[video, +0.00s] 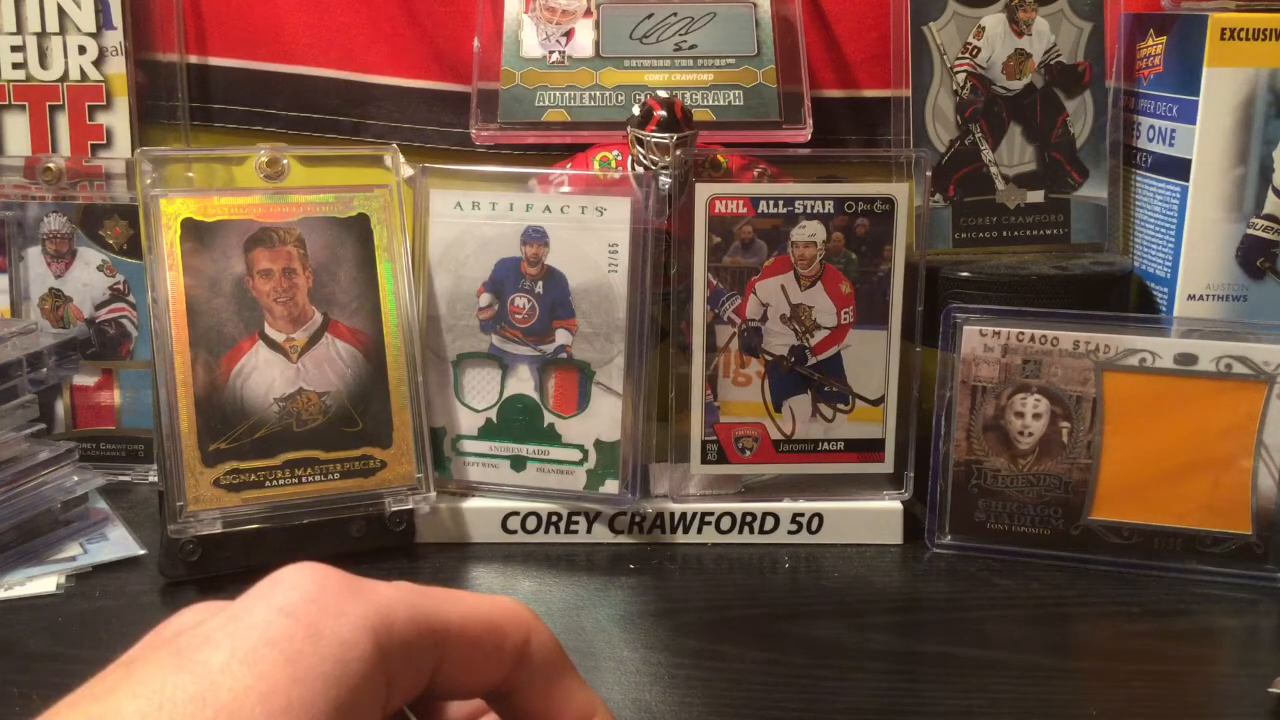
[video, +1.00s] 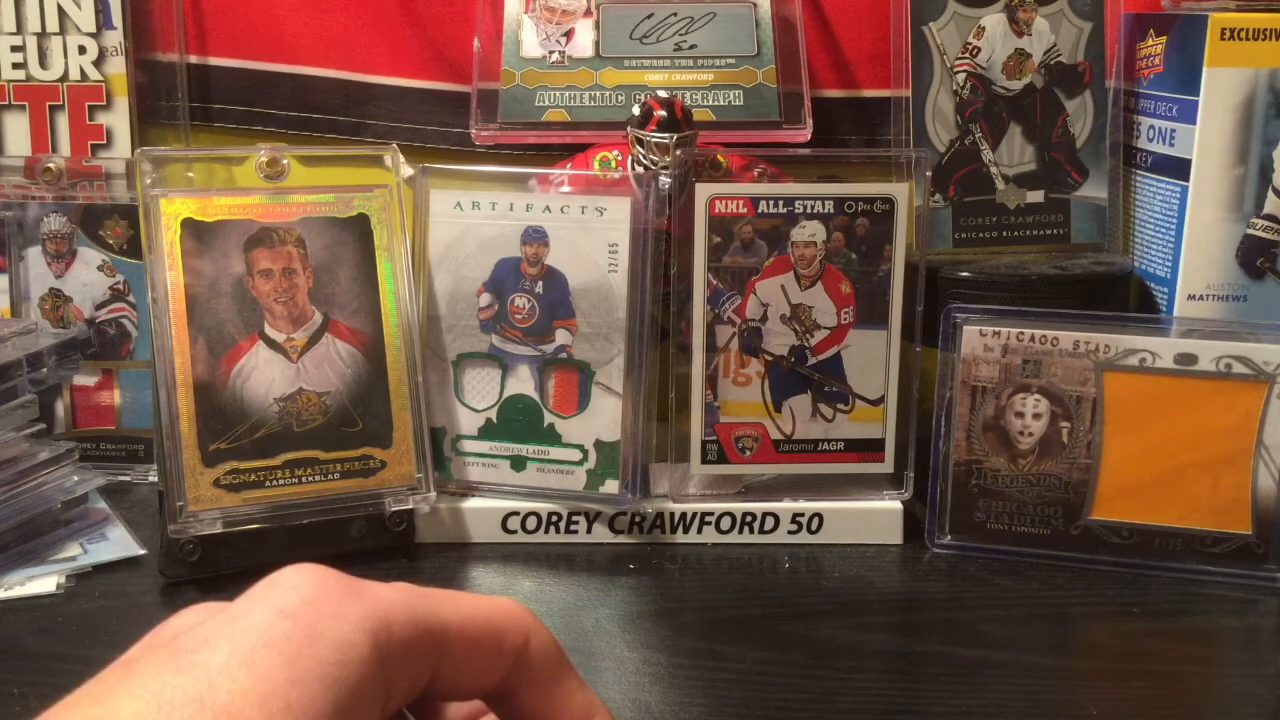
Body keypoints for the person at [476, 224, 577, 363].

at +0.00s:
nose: (534, 251)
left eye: (540, 247)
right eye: (530, 246)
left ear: (546, 250)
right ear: (522, 248)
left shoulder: (557, 280)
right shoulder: (504, 268)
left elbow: (565, 321)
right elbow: (487, 291)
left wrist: (562, 349)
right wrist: (486, 316)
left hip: (541, 353)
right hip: (502, 348)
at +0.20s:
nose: (534, 251)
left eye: (540, 246)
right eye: (530, 246)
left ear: (546, 250)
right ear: (522, 248)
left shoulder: (557, 280)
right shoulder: (504, 268)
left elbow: (565, 321)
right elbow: (487, 291)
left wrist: (562, 349)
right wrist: (486, 316)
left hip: (541, 353)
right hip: (503, 348)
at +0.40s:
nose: (534, 251)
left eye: (540, 246)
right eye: (530, 246)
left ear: (546, 250)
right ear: (522, 248)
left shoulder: (557, 280)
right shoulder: (504, 268)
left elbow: (565, 321)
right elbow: (487, 291)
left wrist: (562, 350)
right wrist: (486, 316)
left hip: (541, 353)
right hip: (502, 348)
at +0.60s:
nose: (535, 251)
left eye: (540, 246)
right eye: (530, 246)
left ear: (546, 250)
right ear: (522, 248)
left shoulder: (557, 280)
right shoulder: (504, 267)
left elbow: (565, 321)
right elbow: (487, 291)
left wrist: (562, 350)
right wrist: (487, 319)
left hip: (541, 353)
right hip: (502, 348)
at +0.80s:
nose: (535, 251)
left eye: (540, 246)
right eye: (530, 246)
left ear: (546, 250)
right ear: (522, 248)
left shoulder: (557, 280)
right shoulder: (504, 267)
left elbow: (565, 321)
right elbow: (487, 292)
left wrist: (562, 350)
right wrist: (487, 319)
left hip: (541, 353)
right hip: (502, 348)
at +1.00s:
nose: (534, 251)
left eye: (539, 247)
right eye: (530, 246)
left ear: (546, 250)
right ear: (522, 248)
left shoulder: (557, 280)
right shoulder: (504, 268)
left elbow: (565, 322)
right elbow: (487, 293)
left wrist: (562, 353)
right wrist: (487, 319)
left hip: (541, 353)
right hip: (503, 349)